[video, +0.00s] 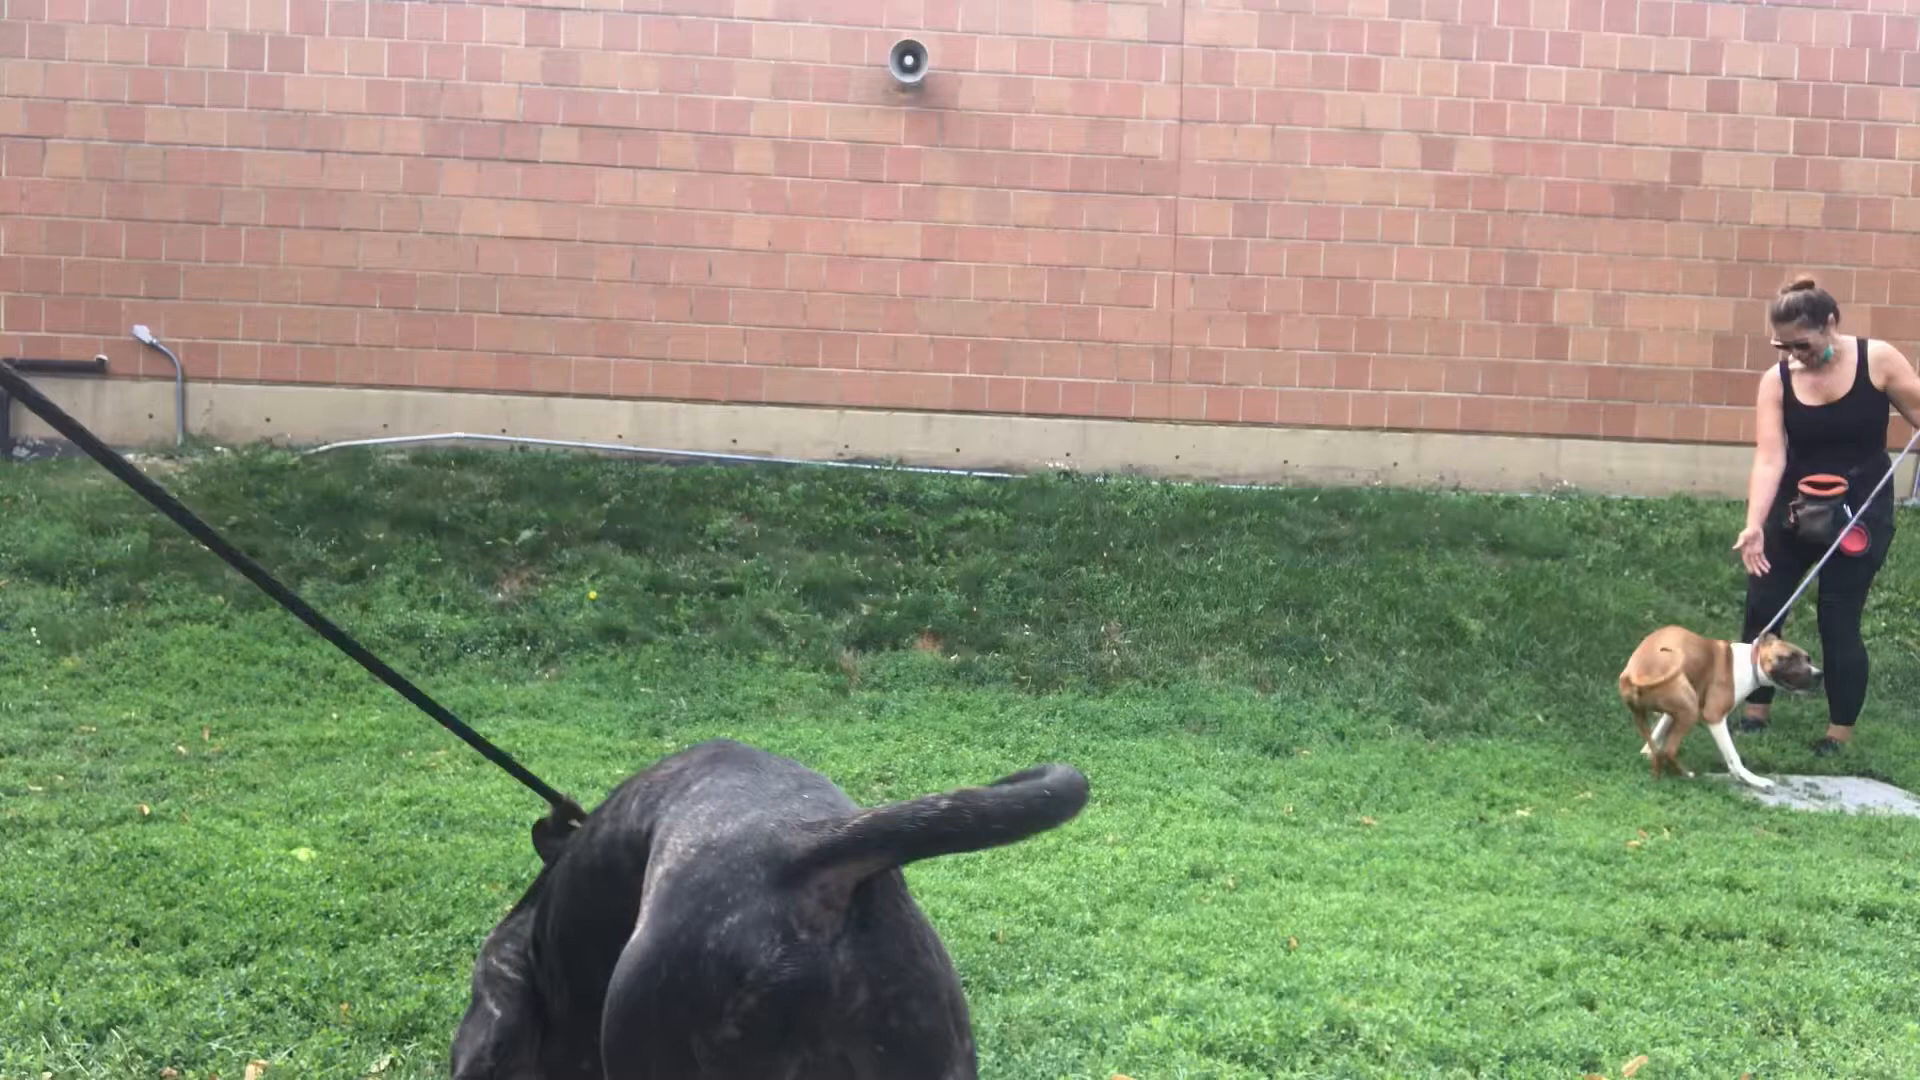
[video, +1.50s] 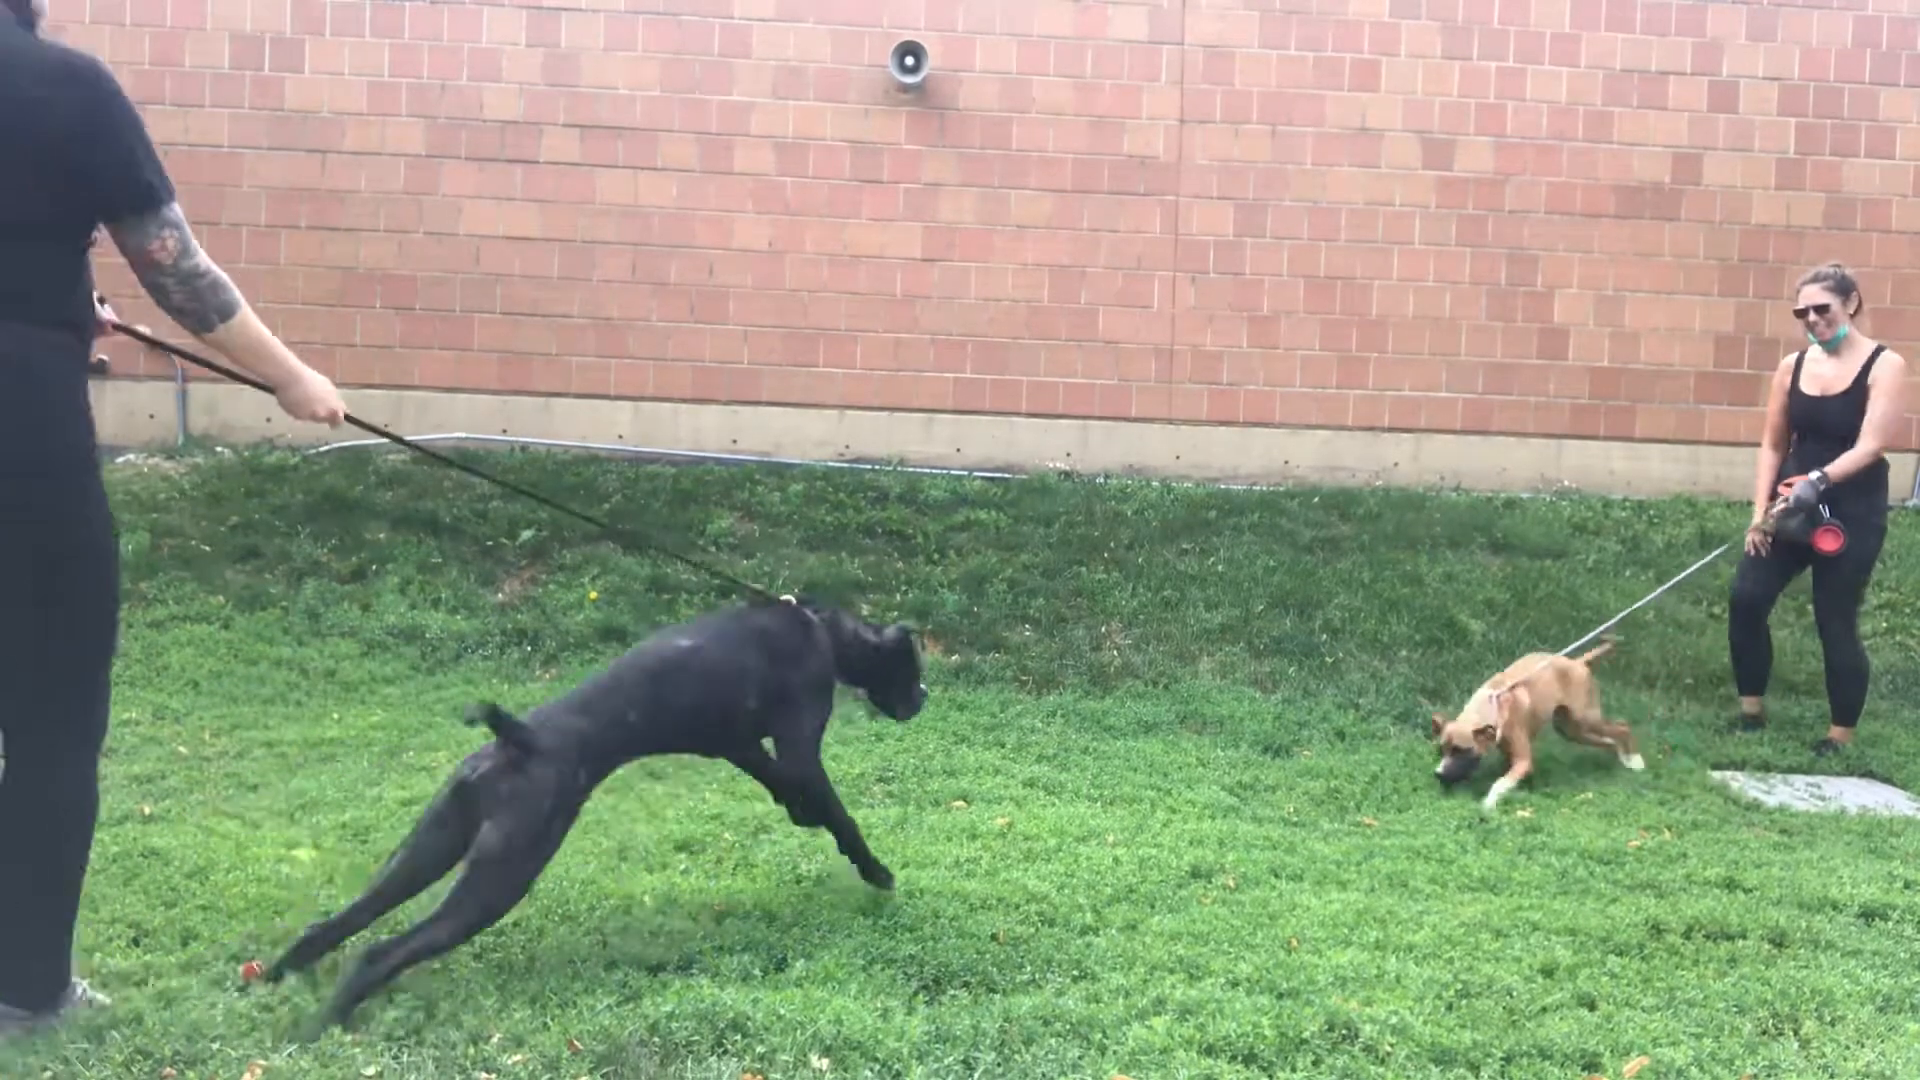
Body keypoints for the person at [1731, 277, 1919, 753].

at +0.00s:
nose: (1793, 357)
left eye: (1802, 346)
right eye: (1784, 346)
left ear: (1831, 326)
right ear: (1775, 334)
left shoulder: (1879, 360)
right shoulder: (1775, 382)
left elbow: (1917, 418)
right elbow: (1768, 460)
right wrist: (1754, 523)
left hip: (1861, 506)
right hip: (1793, 503)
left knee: (1837, 615)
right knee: (1762, 599)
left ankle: (1839, 732)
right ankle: (1755, 711)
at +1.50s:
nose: (1812, 320)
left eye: (1822, 309)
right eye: (1804, 313)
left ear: (1850, 304)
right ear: (1799, 314)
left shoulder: (1884, 365)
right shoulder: (1792, 366)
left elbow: (1871, 447)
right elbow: (1771, 445)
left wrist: (1815, 482)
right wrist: (1759, 513)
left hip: (1854, 509)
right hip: (1793, 503)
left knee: (1834, 617)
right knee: (1746, 596)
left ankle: (1841, 736)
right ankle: (1750, 712)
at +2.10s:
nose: (1697, 325)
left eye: (1706, 315)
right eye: (1690, 317)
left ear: (1735, 310)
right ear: (1686, 315)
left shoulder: (1754, 360)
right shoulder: (1708, 365)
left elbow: (1732, 414)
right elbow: (1697, 433)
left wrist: (1692, 444)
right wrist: (1679, 483)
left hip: (1753, 503)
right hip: (1710, 500)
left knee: (1709, 607)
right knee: (1680, 602)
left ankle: (1794, 705)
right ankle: (1683, 718)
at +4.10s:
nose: (1720, 301)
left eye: (1730, 291)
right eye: (1716, 292)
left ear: (1768, 286)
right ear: (1716, 291)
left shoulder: (1789, 350)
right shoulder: (1736, 344)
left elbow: (1731, 427)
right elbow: (1732, 432)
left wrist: (1660, 470)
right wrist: (1711, 488)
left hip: (1782, 499)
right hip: (1733, 494)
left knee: (1754, 615)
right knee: (1708, 610)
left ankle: (1771, 757)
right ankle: (1708, 729)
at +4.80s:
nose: (1742, 298)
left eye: (1752, 287)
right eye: (1736, 288)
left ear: (1793, 279)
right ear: (1735, 285)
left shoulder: (1818, 349)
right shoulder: (1740, 345)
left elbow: (1776, 440)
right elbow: (1729, 437)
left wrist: (1699, 477)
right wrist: (1704, 495)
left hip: (1798, 511)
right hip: (1736, 502)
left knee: (1760, 630)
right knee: (1709, 628)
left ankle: (1787, 743)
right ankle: (1709, 763)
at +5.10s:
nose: (1770, 287)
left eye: (1781, 277)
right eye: (1767, 277)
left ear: (1825, 270)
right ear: (1769, 273)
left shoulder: (1854, 344)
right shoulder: (1762, 336)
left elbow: (1802, 435)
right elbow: (1740, 430)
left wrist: (1722, 461)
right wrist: (1706, 501)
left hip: (1819, 510)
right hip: (1750, 502)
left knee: (1820, 640)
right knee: (1726, 637)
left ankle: (1864, 791)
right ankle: (1714, 768)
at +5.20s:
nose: (1791, 288)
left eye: (1800, 277)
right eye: (1787, 278)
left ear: (1845, 269)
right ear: (1793, 274)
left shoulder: (1876, 344)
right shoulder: (1781, 336)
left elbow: (1814, 430)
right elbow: (1757, 427)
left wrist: (1727, 459)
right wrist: (1712, 500)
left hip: (1837, 519)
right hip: (1761, 509)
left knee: (1840, 657)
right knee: (1736, 644)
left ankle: (1873, 807)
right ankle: (1714, 768)